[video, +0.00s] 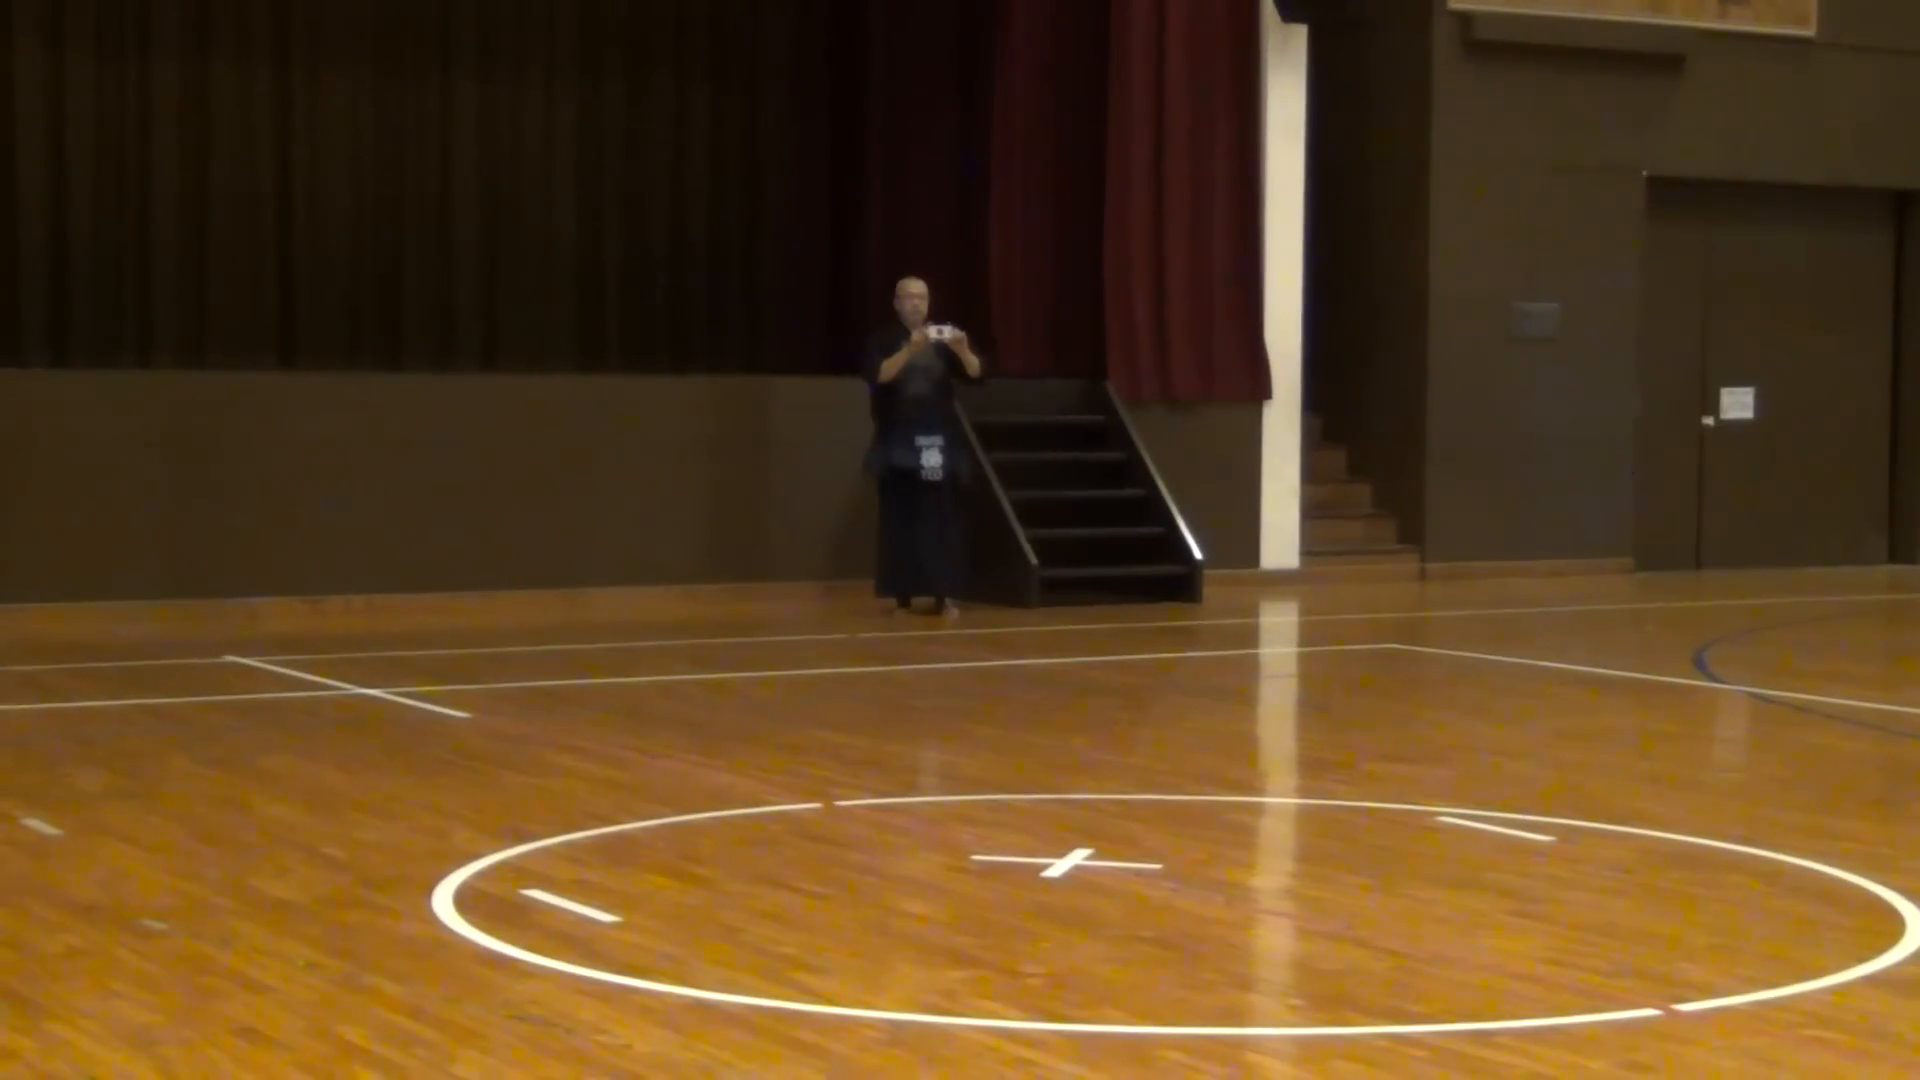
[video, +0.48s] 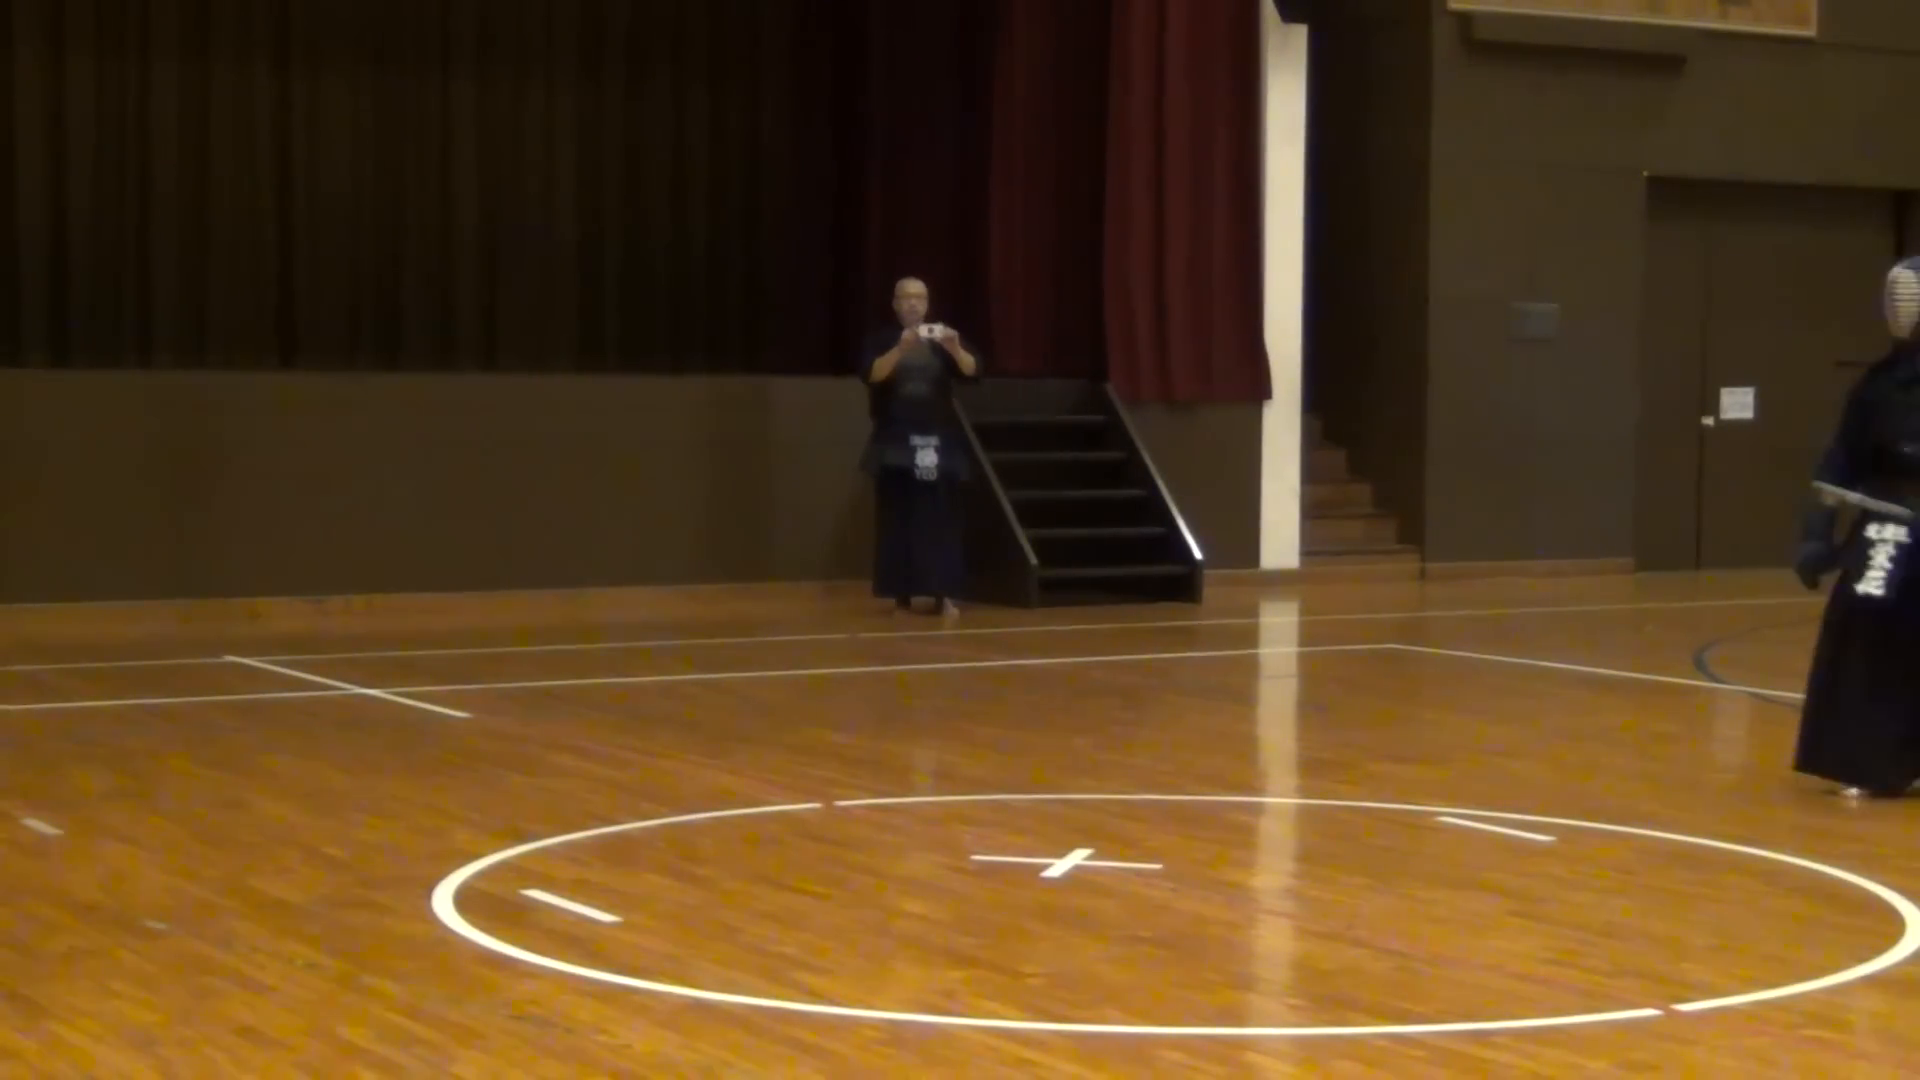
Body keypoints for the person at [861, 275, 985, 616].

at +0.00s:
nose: (914, 304)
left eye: (920, 298)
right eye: (908, 298)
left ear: (929, 302)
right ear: (896, 303)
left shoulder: (942, 340)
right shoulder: (885, 341)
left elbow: (975, 372)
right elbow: (879, 376)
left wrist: (961, 348)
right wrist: (911, 349)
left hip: (939, 437)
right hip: (898, 437)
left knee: (942, 511)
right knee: (900, 514)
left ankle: (946, 591)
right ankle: (902, 590)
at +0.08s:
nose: (915, 304)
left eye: (920, 298)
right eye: (909, 298)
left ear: (929, 303)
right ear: (896, 303)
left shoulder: (942, 339)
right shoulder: (884, 340)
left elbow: (975, 373)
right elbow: (878, 375)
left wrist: (960, 348)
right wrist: (910, 349)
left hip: (939, 436)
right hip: (898, 437)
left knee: (942, 511)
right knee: (900, 513)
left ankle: (946, 592)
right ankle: (901, 590)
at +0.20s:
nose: (915, 304)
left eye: (920, 298)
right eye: (908, 299)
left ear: (928, 303)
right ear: (896, 303)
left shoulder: (942, 338)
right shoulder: (886, 339)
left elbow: (974, 373)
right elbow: (876, 374)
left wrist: (959, 350)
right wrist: (908, 349)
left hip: (939, 436)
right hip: (898, 436)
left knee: (943, 510)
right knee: (900, 511)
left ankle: (946, 592)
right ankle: (902, 591)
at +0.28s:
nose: (914, 305)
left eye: (919, 299)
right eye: (907, 299)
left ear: (928, 303)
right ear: (896, 304)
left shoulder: (942, 339)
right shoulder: (885, 340)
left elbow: (973, 372)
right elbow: (874, 375)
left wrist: (958, 349)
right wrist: (906, 349)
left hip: (938, 436)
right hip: (897, 436)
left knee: (941, 511)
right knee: (899, 513)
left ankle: (945, 592)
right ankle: (901, 591)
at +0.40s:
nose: (913, 305)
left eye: (918, 299)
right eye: (906, 299)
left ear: (927, 303)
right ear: (895, 303)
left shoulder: (942, 338)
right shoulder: (885, 341)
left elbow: (973, 372)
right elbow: (873, 375)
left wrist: (955, 347)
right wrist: (903, 349)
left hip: (938, 437)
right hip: (897, 437)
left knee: (942, 512)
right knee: (900, 513)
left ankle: (946, 593)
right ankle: (903, 592)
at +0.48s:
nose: (912, 305)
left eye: (918, 299)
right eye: (906, 299)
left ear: (928, 303)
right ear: (895, 304)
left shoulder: (942, 338)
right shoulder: (885, 341)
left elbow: (972, 371)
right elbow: (873, 375)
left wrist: (954, 348)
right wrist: (901, 348)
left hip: (938, 436)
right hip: (897, 436)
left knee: (942, 512)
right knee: (899, 512)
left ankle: (947, 593)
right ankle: (901, 591)